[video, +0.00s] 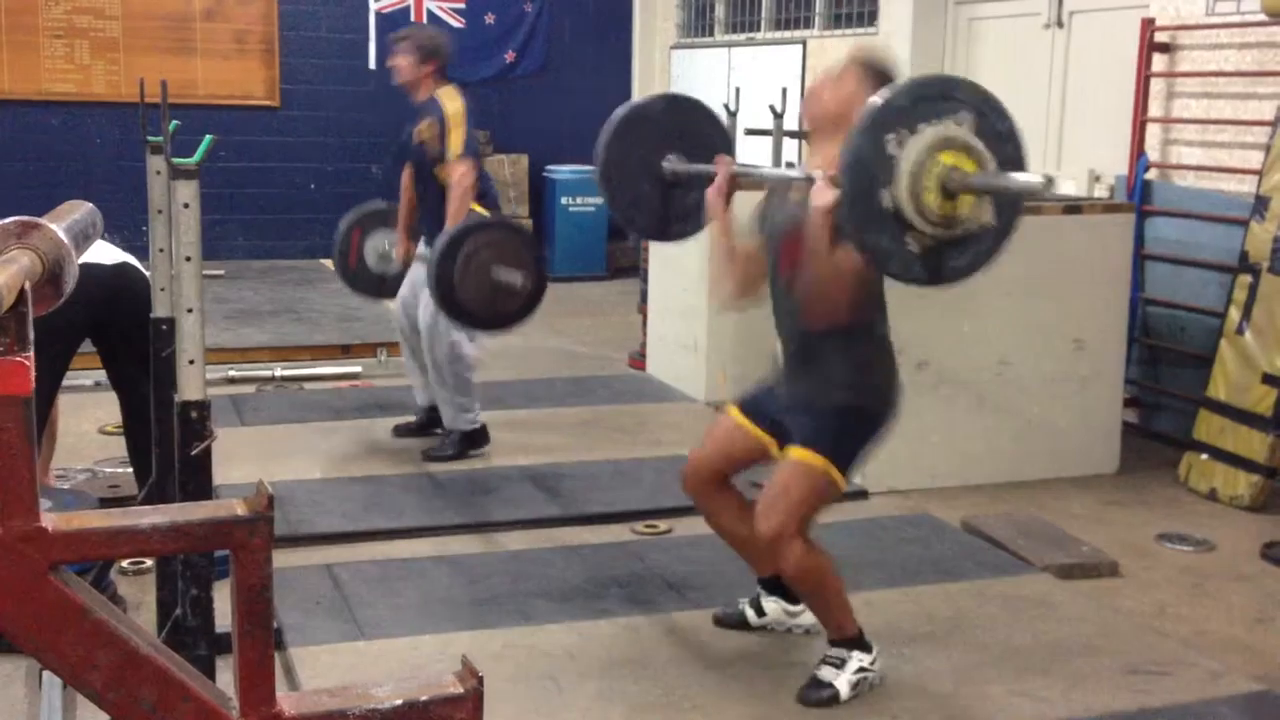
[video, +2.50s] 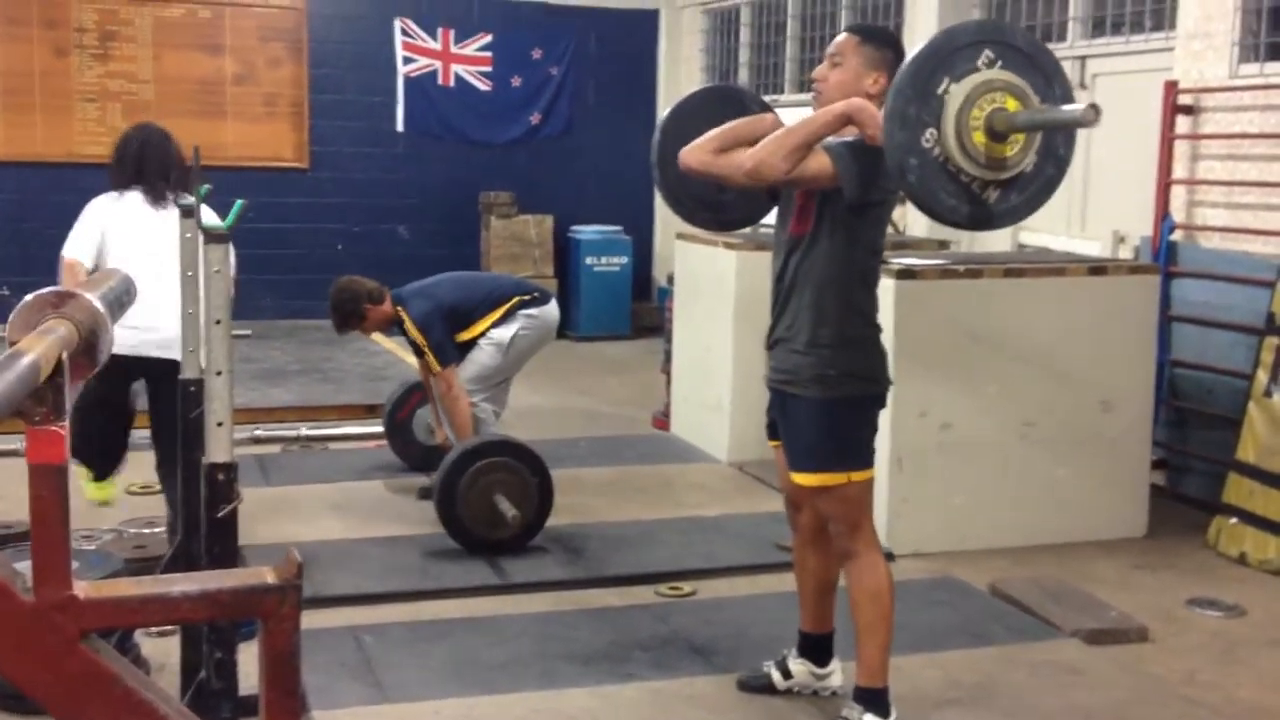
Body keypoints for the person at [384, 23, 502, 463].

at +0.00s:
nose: (392, 63)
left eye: (401, 56)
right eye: (393, 56)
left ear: (427, 63)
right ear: (415, 66)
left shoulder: (450, 102)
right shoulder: (421, 109)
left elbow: (464, 177)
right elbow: (411, 174)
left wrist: (449, 245)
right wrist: (404, 236)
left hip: (460, 241)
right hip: (432, 239)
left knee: (438, 323)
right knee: (407, 310)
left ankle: (467, 425)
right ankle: (434, 408)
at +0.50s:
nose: (462, 58)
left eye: (473, 52)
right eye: (467, 50)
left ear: (494, 67)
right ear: (481, 66)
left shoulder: (505, 101)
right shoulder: (468, 109)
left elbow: (533, 137)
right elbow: (452, 151)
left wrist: (495, 156)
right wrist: (424, 177)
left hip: (493, 245)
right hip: (463, 240)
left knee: (461, 339)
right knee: (427, 324)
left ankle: (489, 439)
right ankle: (450, 420)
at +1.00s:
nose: (445, 52)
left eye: (455, 46)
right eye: (449, 45)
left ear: (479, 60)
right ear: (469, 61)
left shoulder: (492, 109)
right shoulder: (458, 115)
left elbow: (506, 181)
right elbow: (450, 187)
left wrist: (498, 248)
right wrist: (439, 246)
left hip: (497, 249)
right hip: (467, 250)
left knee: (498, 341)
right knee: (458, 337)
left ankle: (499, 441)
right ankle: (463, 422)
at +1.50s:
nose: (391, 128)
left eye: (395, 117)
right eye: (388, 119)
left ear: (421, 111)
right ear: (415, 114)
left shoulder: (461, 148)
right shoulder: (438, 156)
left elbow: (478, 226)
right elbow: (438, 223)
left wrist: (494, 295)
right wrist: (434, 286)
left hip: (520, 251)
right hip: (485, 252)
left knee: (499, 347)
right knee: (464, 340)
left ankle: (501, 454)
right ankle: (467, 434)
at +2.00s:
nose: (372, 305)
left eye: (373, 295)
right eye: (368, 299)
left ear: (392, 281)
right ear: (395, 280)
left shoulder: (440, 294)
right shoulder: (423, 295)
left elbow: (464, 368)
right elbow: (436, 355)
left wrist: (468, 443)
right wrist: (440, 410)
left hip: (544, 300)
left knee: (464, 369)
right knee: (495, 374)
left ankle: (463, 456)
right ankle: (496, 453)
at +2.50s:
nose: (366, 333)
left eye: (361, 325)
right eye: (360, 329)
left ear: (370, 309)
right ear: (375, 299)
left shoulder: (420, 313)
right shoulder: (407, 310)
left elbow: (449, 386)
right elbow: (429, 373)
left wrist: (469, 456)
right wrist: (440, 429)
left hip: (531, 312)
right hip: (523, 311)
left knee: (465, 391)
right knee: (476, 394)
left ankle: (484, 475)